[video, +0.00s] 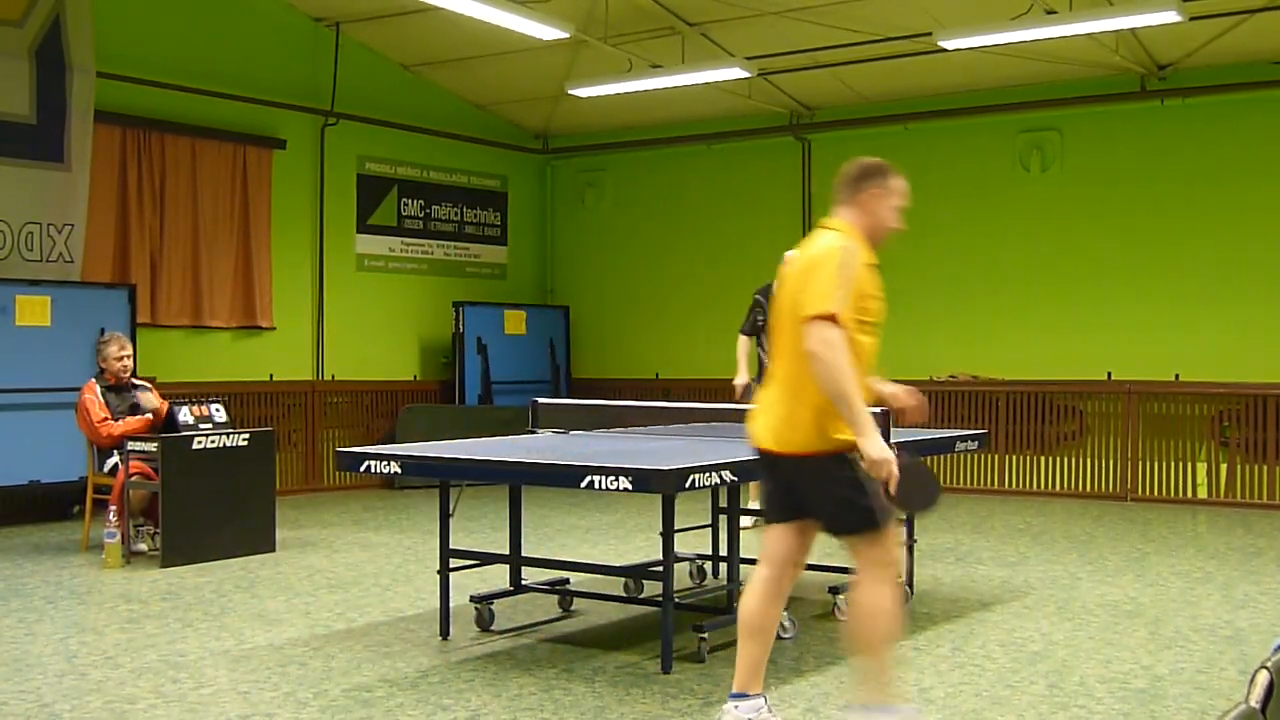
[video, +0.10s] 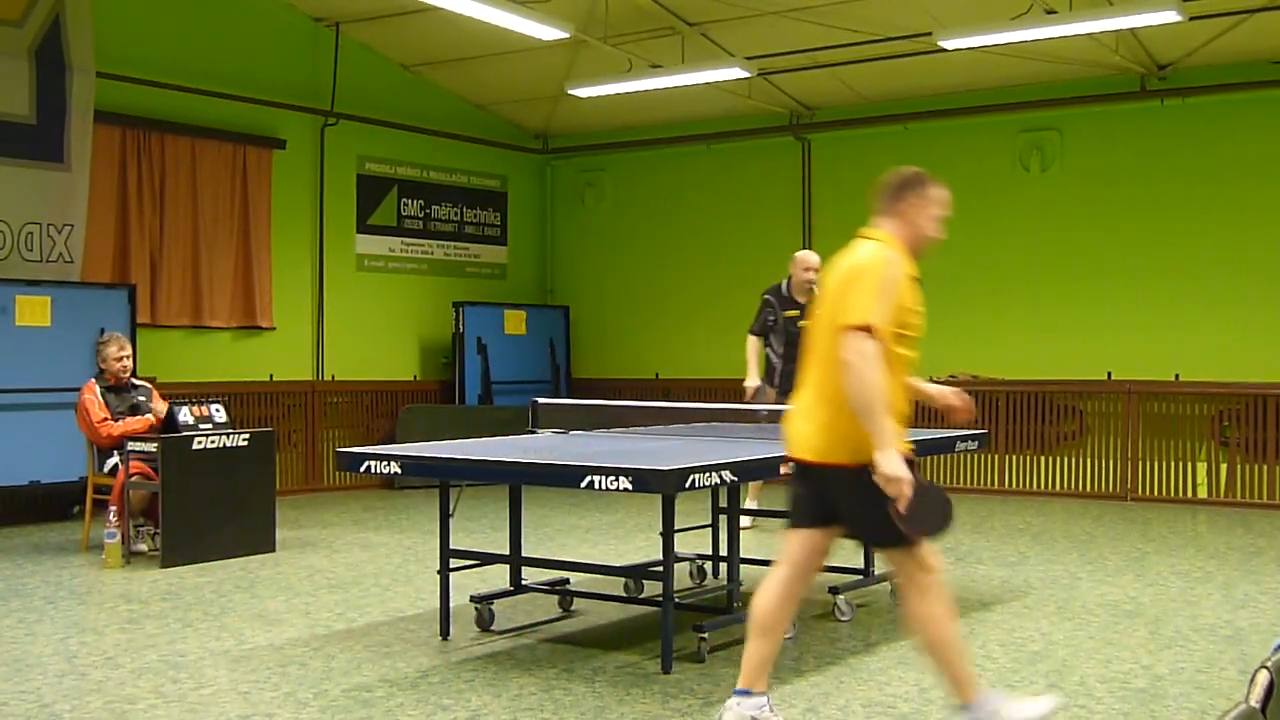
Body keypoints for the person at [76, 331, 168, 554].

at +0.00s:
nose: (126, 364)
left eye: (129, 358)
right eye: (119, 359)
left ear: (134, 359)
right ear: (103, 363)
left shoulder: (144, 387)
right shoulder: (90, 393)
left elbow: (168, 421)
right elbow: (104, 433)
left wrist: (157, 406)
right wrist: (148, 420)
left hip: (151, 451)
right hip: (116, 454)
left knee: (173, 475)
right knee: (141, 480)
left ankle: (156, 526)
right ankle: (135, 524)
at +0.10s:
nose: (126, 364)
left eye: (128, 358)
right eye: (119, 360)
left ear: (133, 359)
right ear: (102, 363)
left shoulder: (145, 388)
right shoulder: (90, 393)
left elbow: (167, 420)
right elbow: (104, 433)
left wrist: (166, 413)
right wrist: (149, 420)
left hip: (153, 452)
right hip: (117, 454)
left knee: (175, 476)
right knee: (141, 481)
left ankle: (155, 526)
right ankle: (135, 524)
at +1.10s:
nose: (119, 363)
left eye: (121, 357)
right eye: (111, 360)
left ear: (126, 356)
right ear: (96, 364)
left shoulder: (142, 383)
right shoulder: (85, 390)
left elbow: (162, 415)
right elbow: (98, 433)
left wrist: (118, 424)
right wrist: (142, 419)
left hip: (151, 448)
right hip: (114, 451)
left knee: (173, 472)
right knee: (138, 478)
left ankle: (149, 523)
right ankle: (130, 521)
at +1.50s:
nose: (118, 362)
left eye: (120, 355)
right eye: (110, 358)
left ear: (125, 354)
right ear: (95, 361)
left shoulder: (141, 381)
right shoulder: (84, 389)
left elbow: (162, 413)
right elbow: (96, 431)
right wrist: (139, 418)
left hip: (149, 447)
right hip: (113, 450)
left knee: (172, 471)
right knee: (136, 477)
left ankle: (147, 521)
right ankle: (129, 520)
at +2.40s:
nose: (119, 357)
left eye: (123, 352)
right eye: (112, 351)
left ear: (128, 355)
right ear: (96, 355)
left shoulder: (133, 381)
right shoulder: (84, 385)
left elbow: (162, 412)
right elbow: (98, 427)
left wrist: (135, 378)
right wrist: (143, 415)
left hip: (146, 446)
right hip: (112, 449)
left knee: (172, 470)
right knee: (135, 476)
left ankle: (152, 521)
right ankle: (130, 520)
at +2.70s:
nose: (122, 357)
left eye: (125, 352)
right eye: (115, 351)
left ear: (129, 354)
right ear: (98, 354)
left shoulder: (135, 380)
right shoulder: (85, 385)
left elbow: (161, 413)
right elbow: (98, 427)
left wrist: (136, 380)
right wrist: (142, 415)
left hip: (146, 446)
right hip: (112, 449)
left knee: (170, 469)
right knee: (136, 474)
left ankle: (148, 520)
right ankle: (129, 519)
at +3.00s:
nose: (121, 358)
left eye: (125, 353)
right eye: (115, 353)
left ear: (129, 355)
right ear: (98, 355)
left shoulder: (134, 381)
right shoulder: (85, 385)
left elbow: (160, 413)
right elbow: (98, 428)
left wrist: (137, 382)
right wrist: (141, 416)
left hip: (146, 446)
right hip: (112, 449)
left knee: (172, 469)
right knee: (135, 475)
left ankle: (153, 521)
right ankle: (130, 520)